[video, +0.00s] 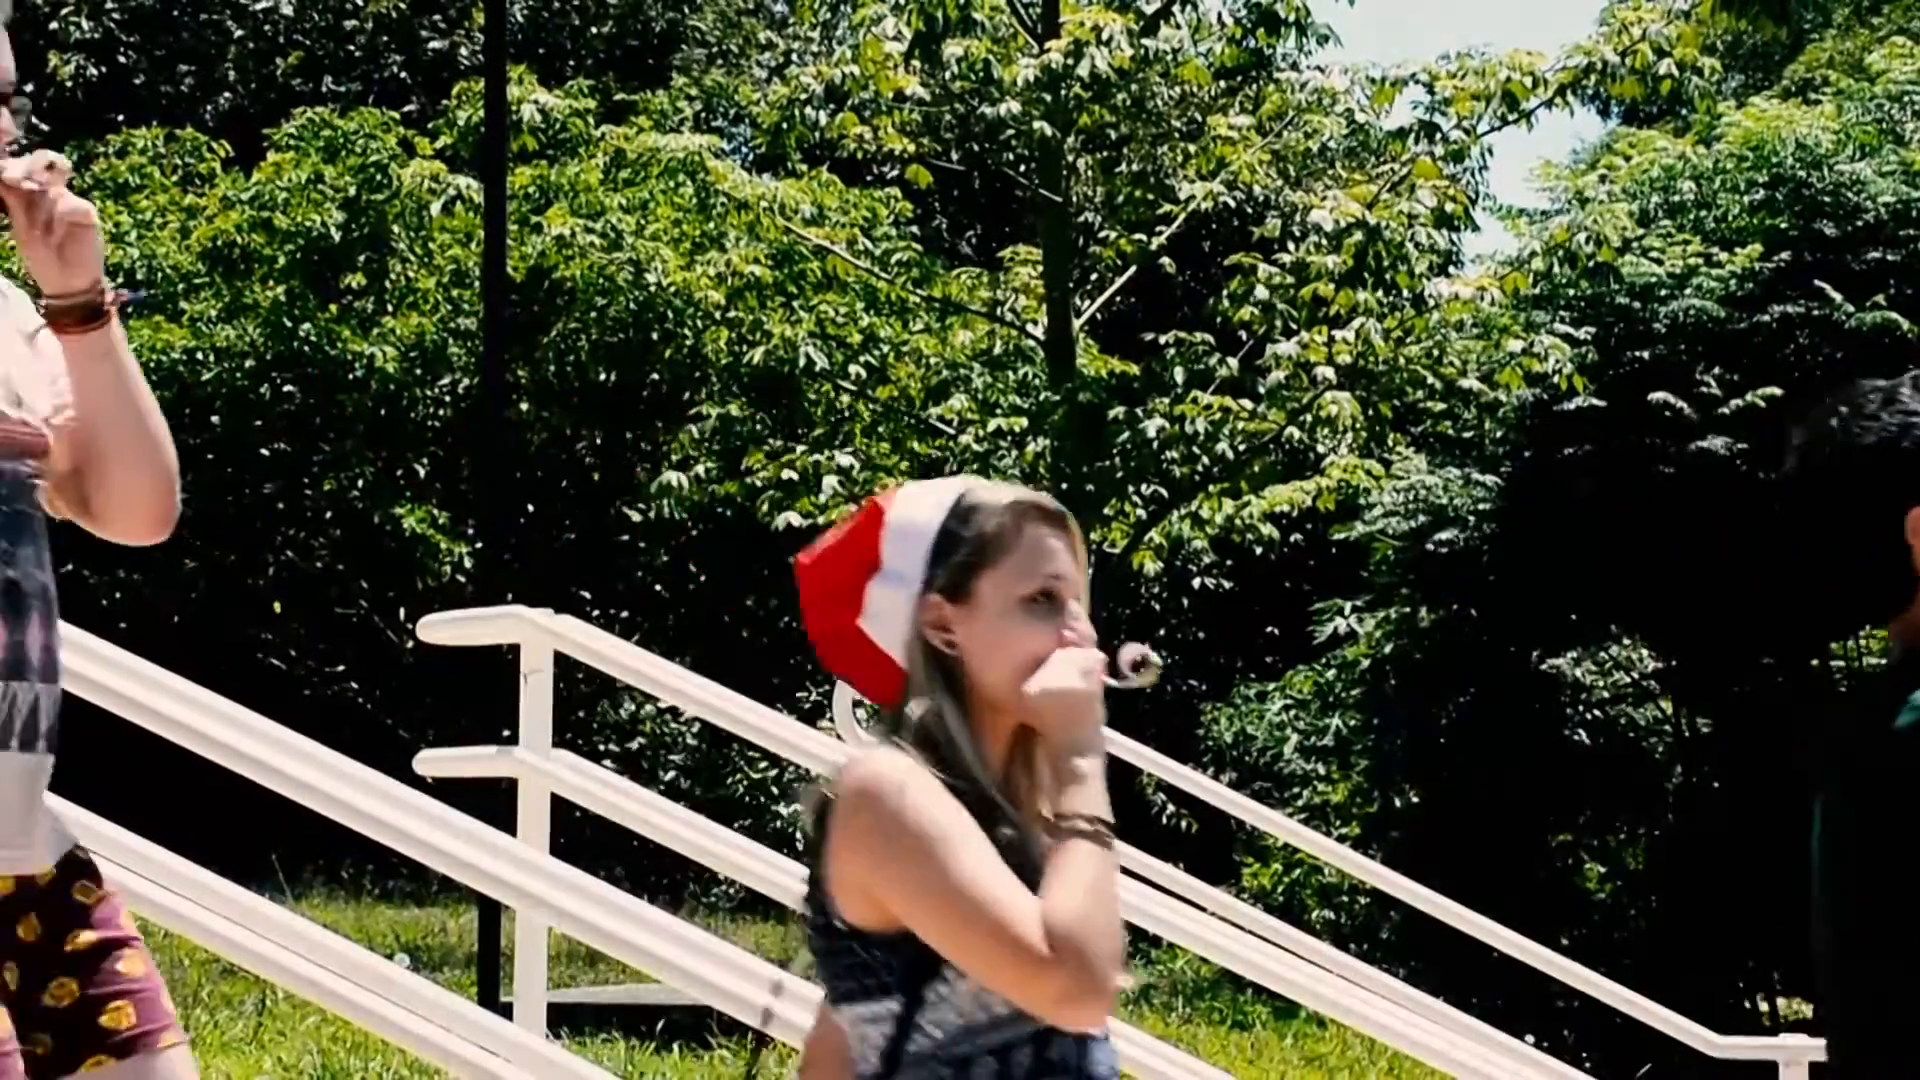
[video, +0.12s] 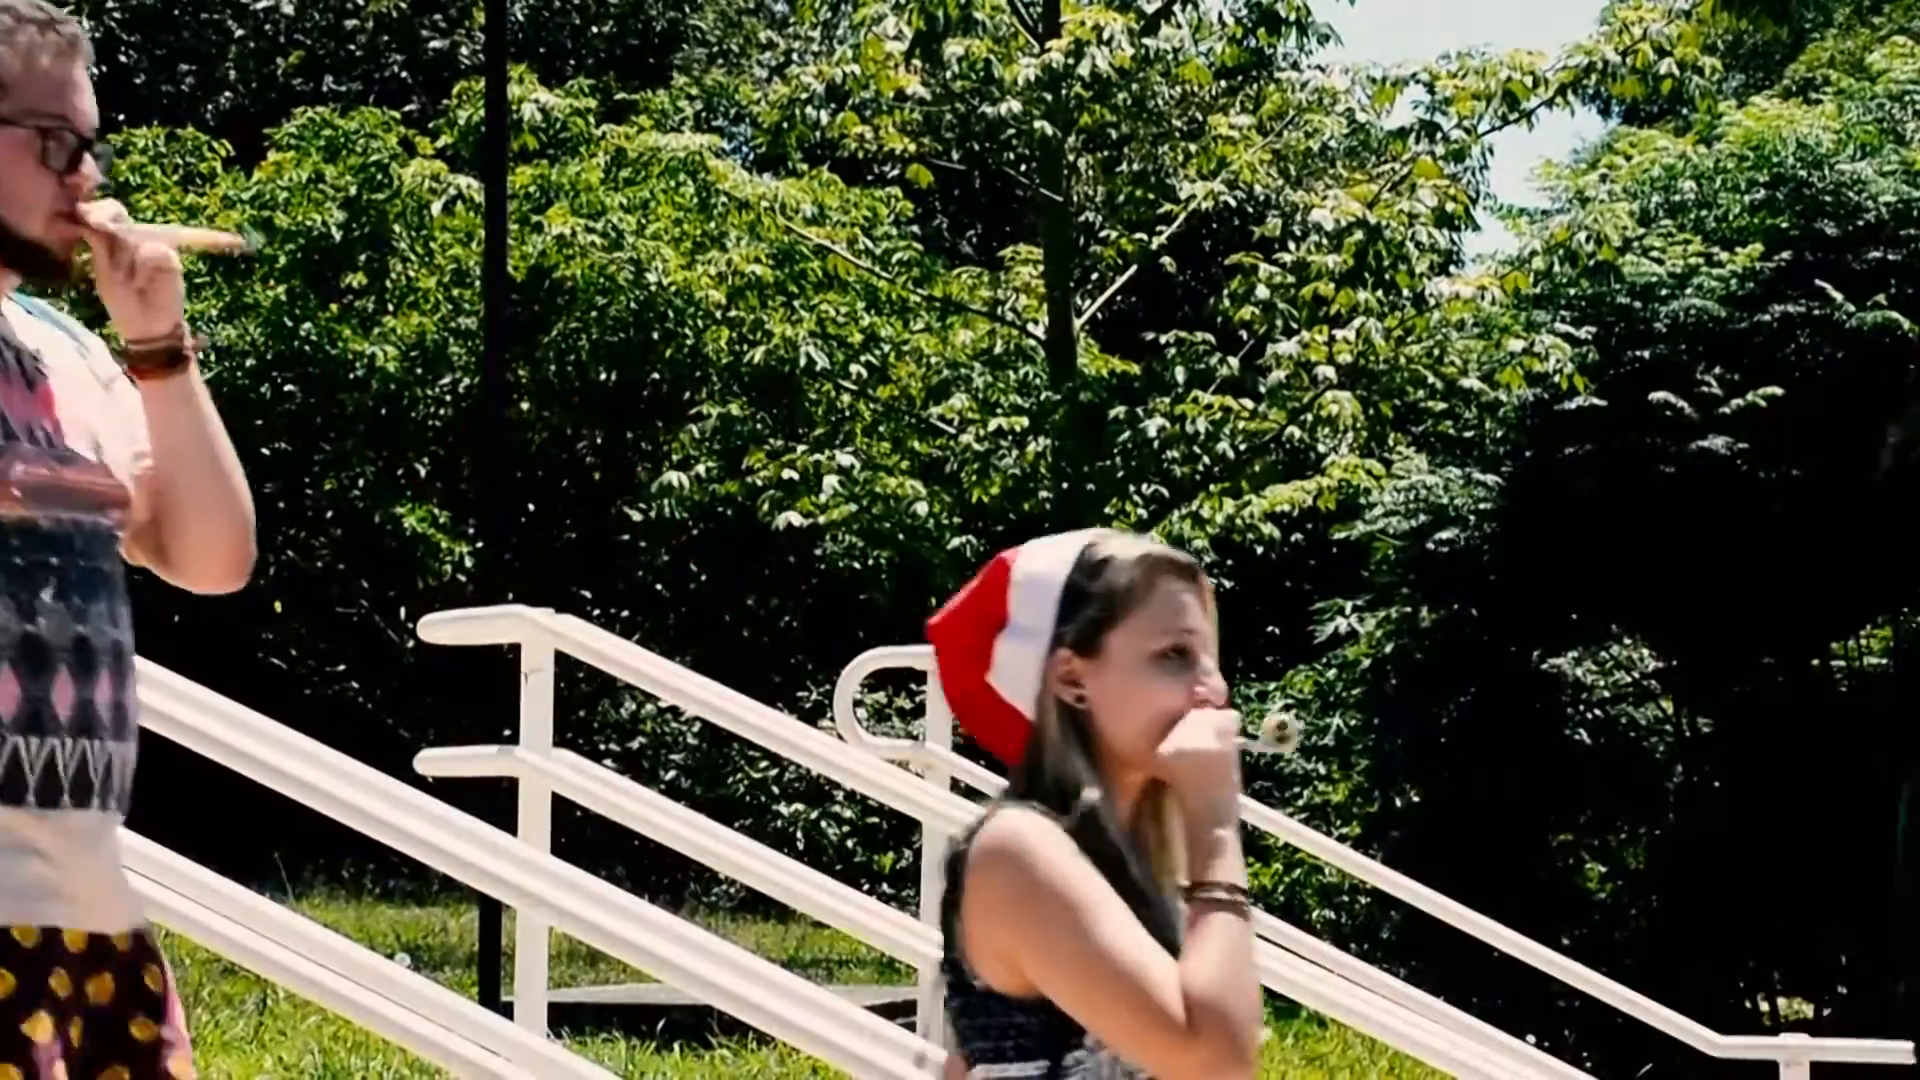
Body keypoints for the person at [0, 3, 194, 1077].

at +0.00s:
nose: (8, 129)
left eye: (10, 104)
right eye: (3, 104)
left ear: (21, 114)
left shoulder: (5, 316)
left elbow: (140, 512)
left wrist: (77, 298)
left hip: (26, 835)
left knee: (144, 1057)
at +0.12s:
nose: (89, 176)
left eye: (93, 146)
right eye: (56, 142)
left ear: (99, 152)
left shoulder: (67, 350)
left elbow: (218, 560)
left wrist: (158, 343)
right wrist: (16, 491)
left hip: (94, 894)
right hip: (10, 895)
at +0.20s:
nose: (148, 224)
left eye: (151, 196)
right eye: (116, 193)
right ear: (9, 194)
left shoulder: (131, 401)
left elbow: (282, 604)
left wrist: (228, 395)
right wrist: (32, 537)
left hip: (165, 946)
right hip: (22, 948)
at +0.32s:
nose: (241, 263)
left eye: (242, 234)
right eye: (210, 231)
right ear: (91, 229)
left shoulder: (228, 437)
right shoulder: (19, 409)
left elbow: (374, 633)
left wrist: (314, 426)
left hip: (253, 995)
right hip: (82, 1001)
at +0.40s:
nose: (302, 268)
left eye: (306, 239)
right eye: (274, 236)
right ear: (159, 229)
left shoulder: (286, 439)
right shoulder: (53, 418)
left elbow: (419, 641)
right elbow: (4, 703)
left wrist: (371, 435)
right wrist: (27, 947)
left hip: (293, 974)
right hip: (148, 988)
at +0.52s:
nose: (391, 298)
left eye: (395, 267)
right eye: (366, 262)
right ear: (249, 253)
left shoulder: (365, 459)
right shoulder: (125, 437)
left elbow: (483, 679)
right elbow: (25, 706)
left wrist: (447, 468)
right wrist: (94, 975)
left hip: (361, 1002)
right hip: (203, 1013)